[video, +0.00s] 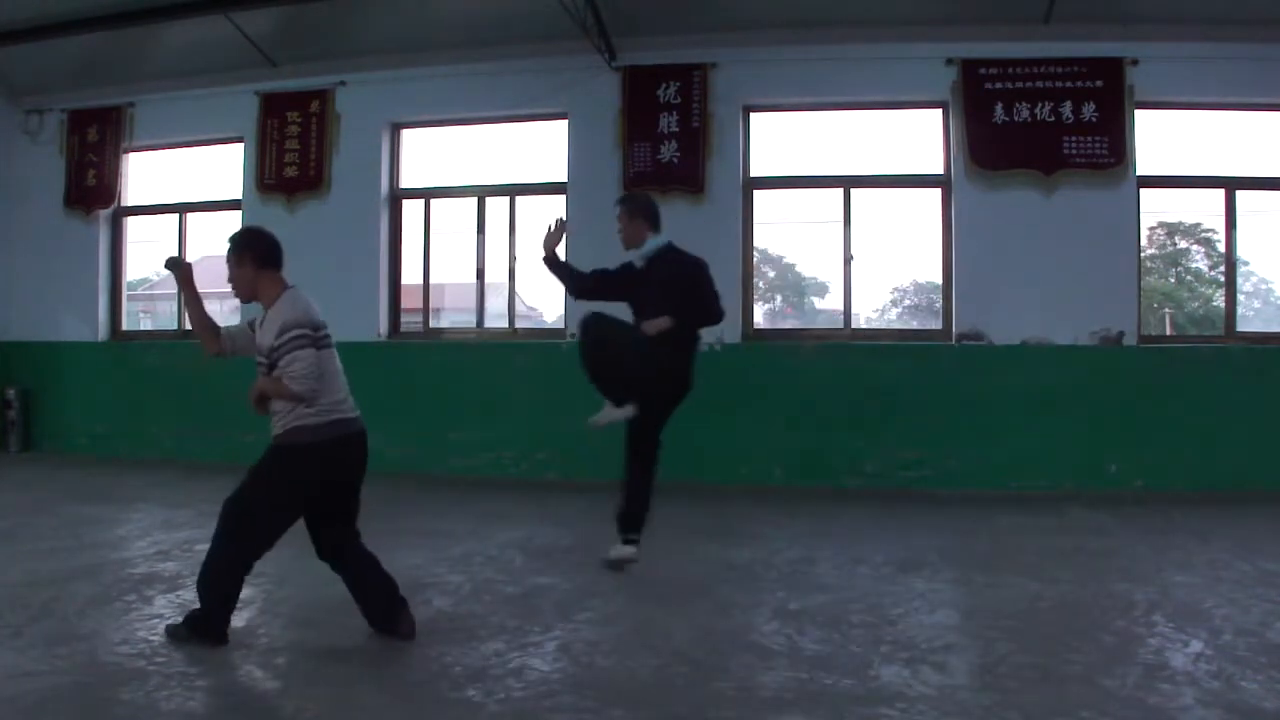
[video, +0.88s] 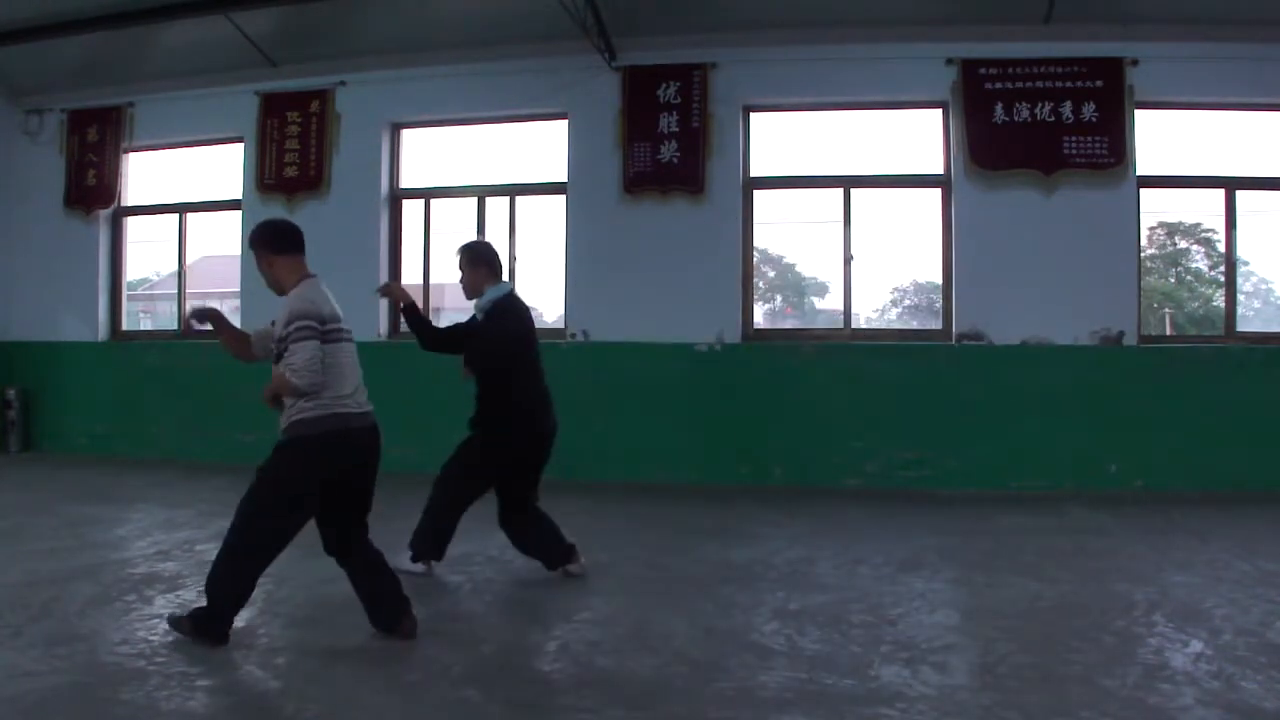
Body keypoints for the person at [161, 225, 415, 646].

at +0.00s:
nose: (229, 277)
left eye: (233, 267)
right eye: (229, 268)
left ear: (254, 266)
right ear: (265, 267)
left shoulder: (290, 313)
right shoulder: (273, 319)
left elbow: (303, 384)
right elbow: (215, 342)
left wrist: (264, 385)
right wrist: (187, 286)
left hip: (307, 443)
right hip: (340, 440)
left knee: (241, 522)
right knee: (336, 540)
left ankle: (211, 621)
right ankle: (395, 620)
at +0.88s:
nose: (261, 274)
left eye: (260, 264)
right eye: (259, 265)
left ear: (270, 260)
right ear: (299, 255)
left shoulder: (299, 304)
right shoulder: (318, 300)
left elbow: (305, 374)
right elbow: (252, 349)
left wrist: (275, 388)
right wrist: (218, 322)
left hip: (314, 438)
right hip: (357, 433)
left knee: (255, 530)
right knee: (346, 536)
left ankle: (215, 619)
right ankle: (396, 618)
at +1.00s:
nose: (268, 274)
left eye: (266, 264)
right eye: (265, 266)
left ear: (273, 258)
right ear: (304, 253)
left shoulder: (297, 297)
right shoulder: (334, 294)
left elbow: (304, 370)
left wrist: (282, 394)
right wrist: (265, 346)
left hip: (320, 430)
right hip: (369, 425)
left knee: (272, 529)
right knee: (354, 532)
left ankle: (222, 618)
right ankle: (399, 619)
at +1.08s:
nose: (271, 269)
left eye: (270, 261)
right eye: (270, 262)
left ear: (275, 258)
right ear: (310, 252)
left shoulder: (288, 294)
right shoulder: (339, 289)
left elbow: (290, 366)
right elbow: (329, 342)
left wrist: (286, 398)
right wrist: (271, 342)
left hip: (318, 420)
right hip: (370, 416)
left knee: (286, 526)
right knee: (362, 526)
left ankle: (235, 623)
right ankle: (399, 618)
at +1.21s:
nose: (282, 264)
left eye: (279, 259)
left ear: (279, 256)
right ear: (321, 250)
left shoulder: (273, 297)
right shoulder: (349, 288)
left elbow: (265, 362)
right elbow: (357, 346)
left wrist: (285, 400)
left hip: (306, 415)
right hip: (362, 412)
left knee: (289, 522)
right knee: (366, 514)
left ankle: (242, 619)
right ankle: (400, 614)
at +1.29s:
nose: (329, 257)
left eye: (325, 251)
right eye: (330, 251)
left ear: (288, 251)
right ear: (329, 249)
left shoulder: (258, 293)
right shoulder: (349, 285)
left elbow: (238, 361)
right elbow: (375, 302)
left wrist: (272, 389)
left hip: (283, 417)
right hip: (340, 415)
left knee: (282, 522)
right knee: (364, 516)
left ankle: (239, 619)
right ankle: (404, 614)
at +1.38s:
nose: (336, 253)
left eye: (335, 247)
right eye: (335, 246)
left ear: (293, 246)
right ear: (328, 244)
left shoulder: (255, 293)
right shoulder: (347, 285)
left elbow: (228, 358)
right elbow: (399, 288)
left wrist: (263, 388)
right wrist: (412, 290)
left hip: (270, 420)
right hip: (325, 419)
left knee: (280, 525)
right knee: (364, 522)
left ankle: (239, 620)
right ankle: (407, 614)